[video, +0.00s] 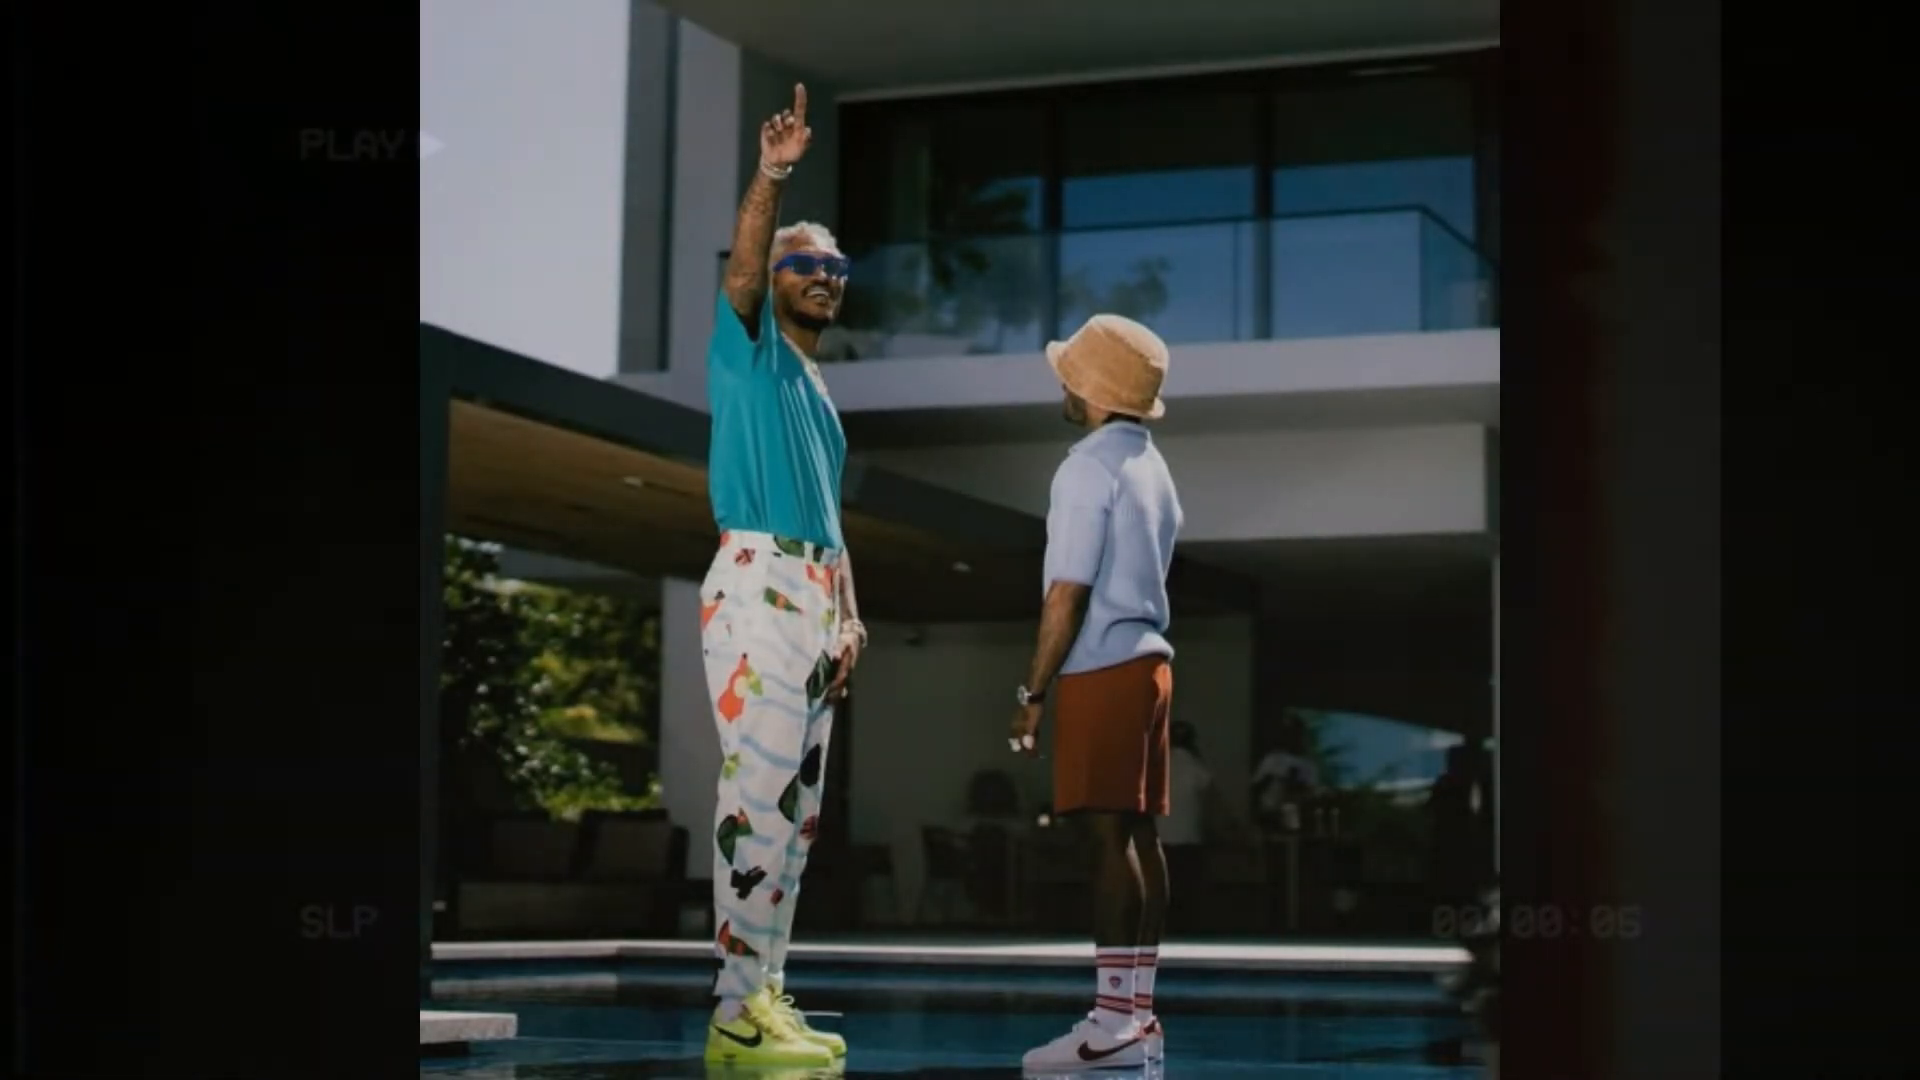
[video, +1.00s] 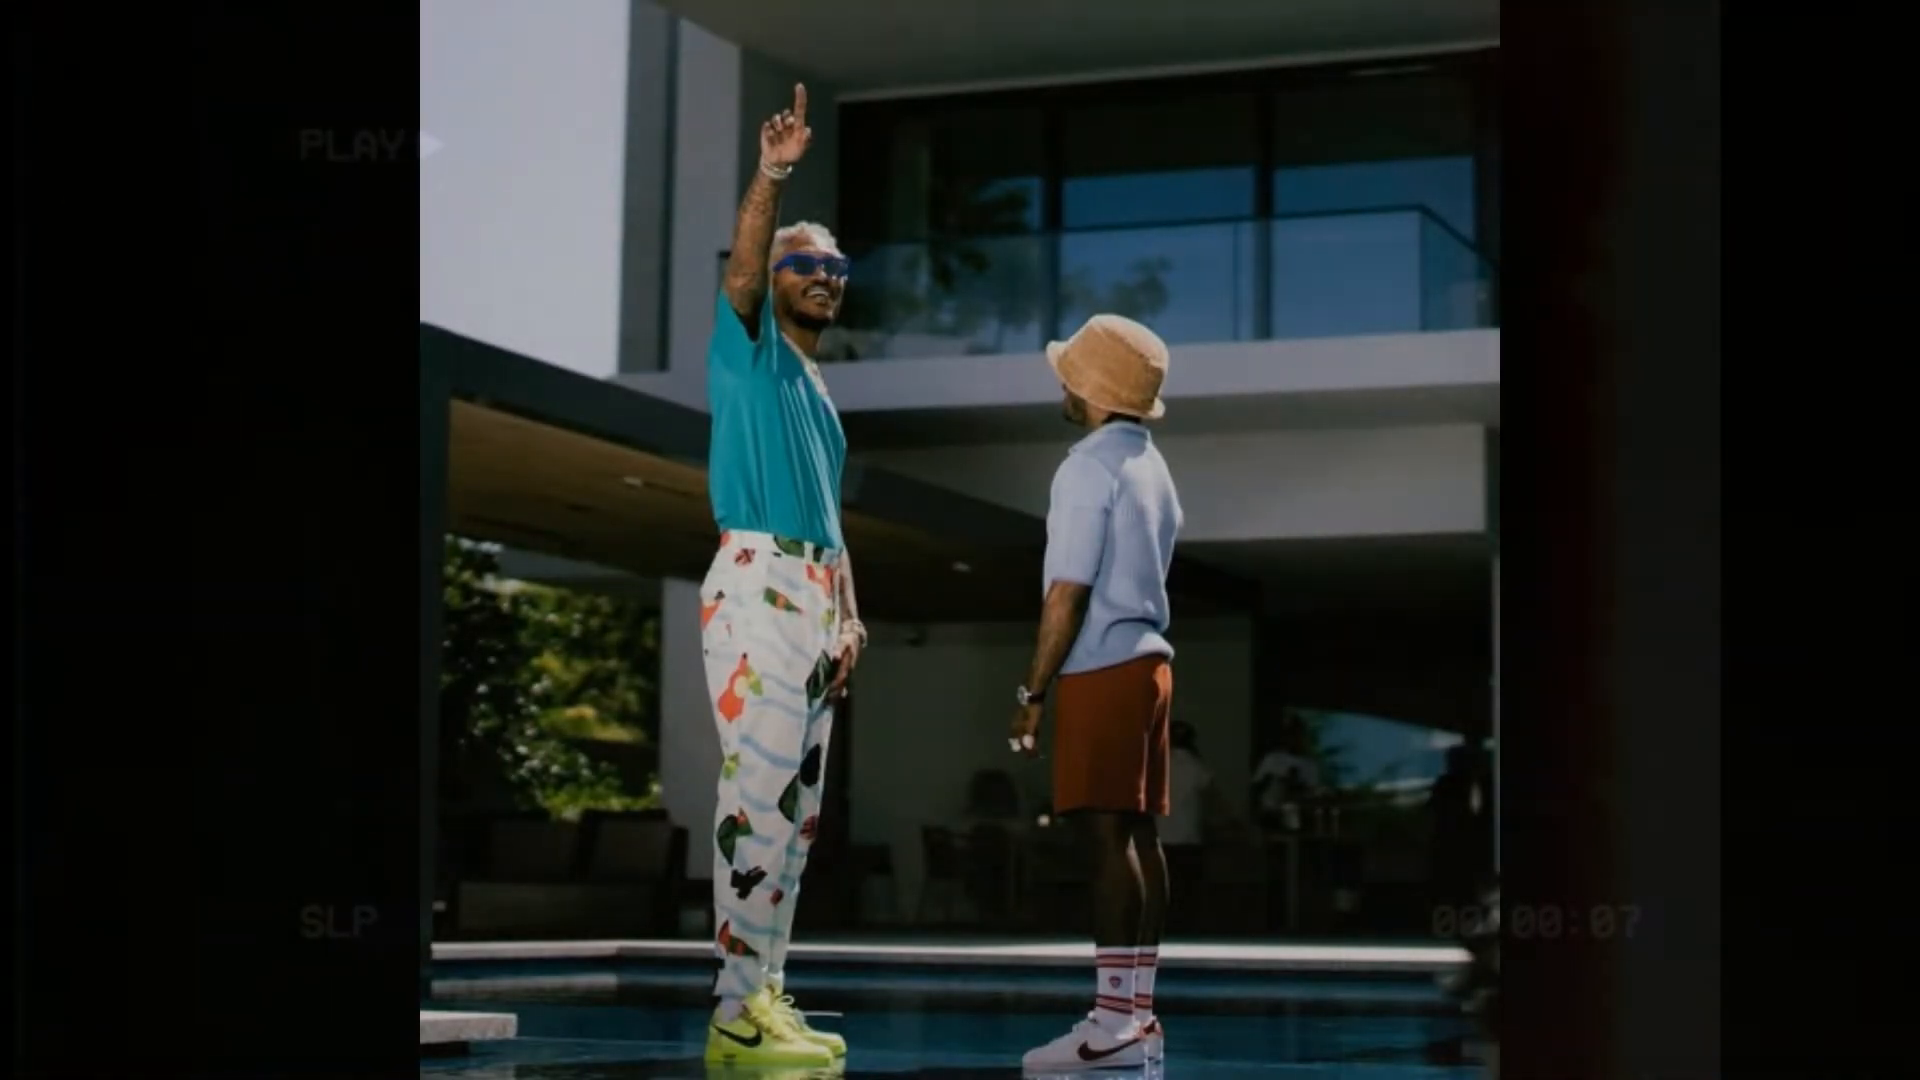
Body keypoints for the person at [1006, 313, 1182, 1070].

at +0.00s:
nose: (1064, 389)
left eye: (1072, 379)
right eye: (1069, 377)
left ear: (1091, 392)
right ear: (1131, 394)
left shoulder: (1088, 468)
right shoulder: (1148, 463)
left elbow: (1067, 595)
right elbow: (1146, 578)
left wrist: (1031, 691)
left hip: (1104, 670)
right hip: (1146, 666)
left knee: (1108, 838)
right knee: (1141, 838)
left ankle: (1115, 1014)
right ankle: (1135, 1011)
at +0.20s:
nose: (1064, 388)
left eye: (1072, 379)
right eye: (1069, 377)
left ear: (1091, 391)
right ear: (1131, 394)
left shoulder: (1088, 468)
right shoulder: (1148, 463)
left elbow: (1066, 596)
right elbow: (1148, 576)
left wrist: (1031, 692)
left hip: (1104, 669)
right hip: (1146, 666)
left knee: (1107, 838)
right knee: (1140, 837)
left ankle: (1116, 1014)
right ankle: (1135, 1011)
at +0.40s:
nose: (1064, 388)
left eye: (1072, 378)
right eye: (1069, 377)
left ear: (1091, 391)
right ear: (1131, 394)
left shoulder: (1088, 468)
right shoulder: (1148, 463)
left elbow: (1067, 596)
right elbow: (1147, 577)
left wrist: (1031, 691)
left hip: (1104, 670)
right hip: (1146, 666)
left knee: (1107, 837)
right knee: (1139, 837)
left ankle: (1116, 1014)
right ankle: (1135, 1011)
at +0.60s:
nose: (1064, 388)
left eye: (1072, 378)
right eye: (1069, 376)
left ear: (1091, 391)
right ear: (1131, 394)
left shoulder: (1088, 468)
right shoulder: (1148, 463)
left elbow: (1067, 595)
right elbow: (1147, 577)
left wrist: (1031, 691)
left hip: (1104, 670)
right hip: (1146, 666)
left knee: (1108, 837)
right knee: (1139, 837)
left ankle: (1116, 1014)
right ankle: (1135, 1011)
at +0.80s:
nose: (1064, 388)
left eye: (1072, 379)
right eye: (1069, 377)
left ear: (1091, 391)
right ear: (1131, 394)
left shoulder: (1088, 468)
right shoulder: (1148, 463)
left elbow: (1067, 595)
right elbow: (1147, 577)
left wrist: (1031, 691)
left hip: (1104, 670)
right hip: (1146, 666)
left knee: (1108, 838)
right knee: (1139, 837)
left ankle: (1116, 1014)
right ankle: (1134, 1011)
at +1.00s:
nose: (1064, 388)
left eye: (1072, 379)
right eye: (1069, 377)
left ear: (1091, 391)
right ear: (1131, 394)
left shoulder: (1088, 468)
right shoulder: (1148, 463)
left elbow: (1067, 595)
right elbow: (1147, 577)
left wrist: (1031, 691)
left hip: (1104, 670)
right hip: (1147, 666)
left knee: (1107, 837)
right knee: (1139, 837)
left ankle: (1116, 1014)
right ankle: (1134, 1011)